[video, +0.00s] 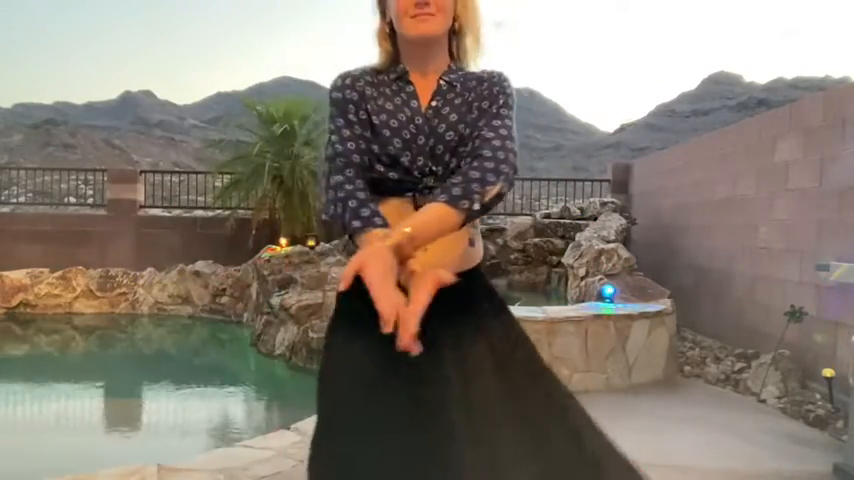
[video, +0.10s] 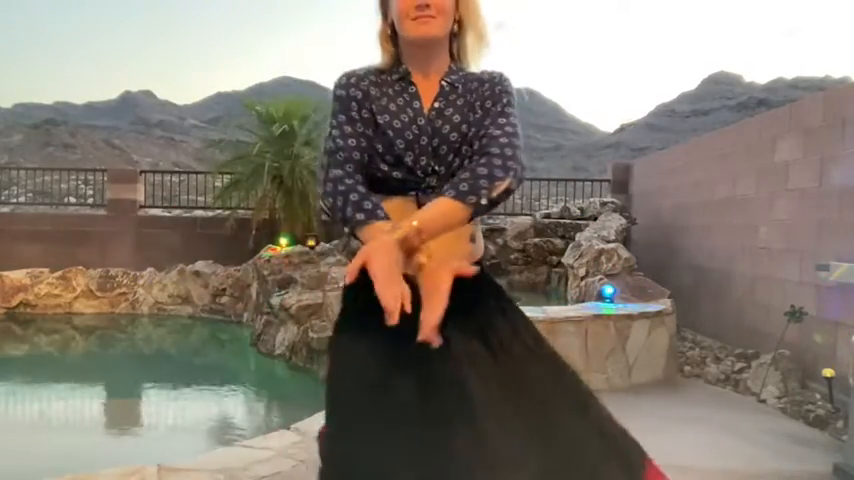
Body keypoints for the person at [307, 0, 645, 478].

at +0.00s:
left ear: (456, 10)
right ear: (387, 12)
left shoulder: (486, 87)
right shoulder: (356, 88)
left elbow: (489, 172)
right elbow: (343, 181)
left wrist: (391, 239)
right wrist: (412, 257)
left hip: (460, 289)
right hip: (373, 287)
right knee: (368, 451)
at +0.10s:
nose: (423, 1)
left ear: (458, 11)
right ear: (389, 13)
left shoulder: (488, 87)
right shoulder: (358, 87)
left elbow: (499, 167)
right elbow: (341, 180)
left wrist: (408, 232)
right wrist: (387, 244)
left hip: (464, 281)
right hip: (381, 280)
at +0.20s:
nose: (425, 4)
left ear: (460, 14)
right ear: (393, 19)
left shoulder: (491, 92)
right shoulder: (364, 89)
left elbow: (505, 170)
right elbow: (332, 175)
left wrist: (410, 219)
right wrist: (414, 241)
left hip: (464, 276)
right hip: (384, 277)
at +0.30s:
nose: (427, 3)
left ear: (460, 15)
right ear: (393, 17)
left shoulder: (493, 94)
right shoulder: (363, 91)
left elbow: (507, 176)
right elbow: (324, 175)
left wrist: (403, 215)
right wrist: (418, 243)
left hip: (466, 286)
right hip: (385, 289)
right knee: (395, 444)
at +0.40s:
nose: (426, 2)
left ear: (462, 14)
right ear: (393, 15)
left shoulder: (492, 97)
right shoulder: (359, 96)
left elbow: (497, 181)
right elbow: (331, 189)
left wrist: (397, 217)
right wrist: (411, 246)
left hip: (462, 288)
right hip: (379, 290)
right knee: (389, 449)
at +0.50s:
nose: (423, 2)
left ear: (461, 16)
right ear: (390, 16)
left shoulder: (490, 99)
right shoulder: (353, 103)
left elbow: (476, 188)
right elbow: (346, 217)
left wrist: (387, 230)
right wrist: (402, 266)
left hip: (458, 293)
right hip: (376, 294)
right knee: (381, 454)